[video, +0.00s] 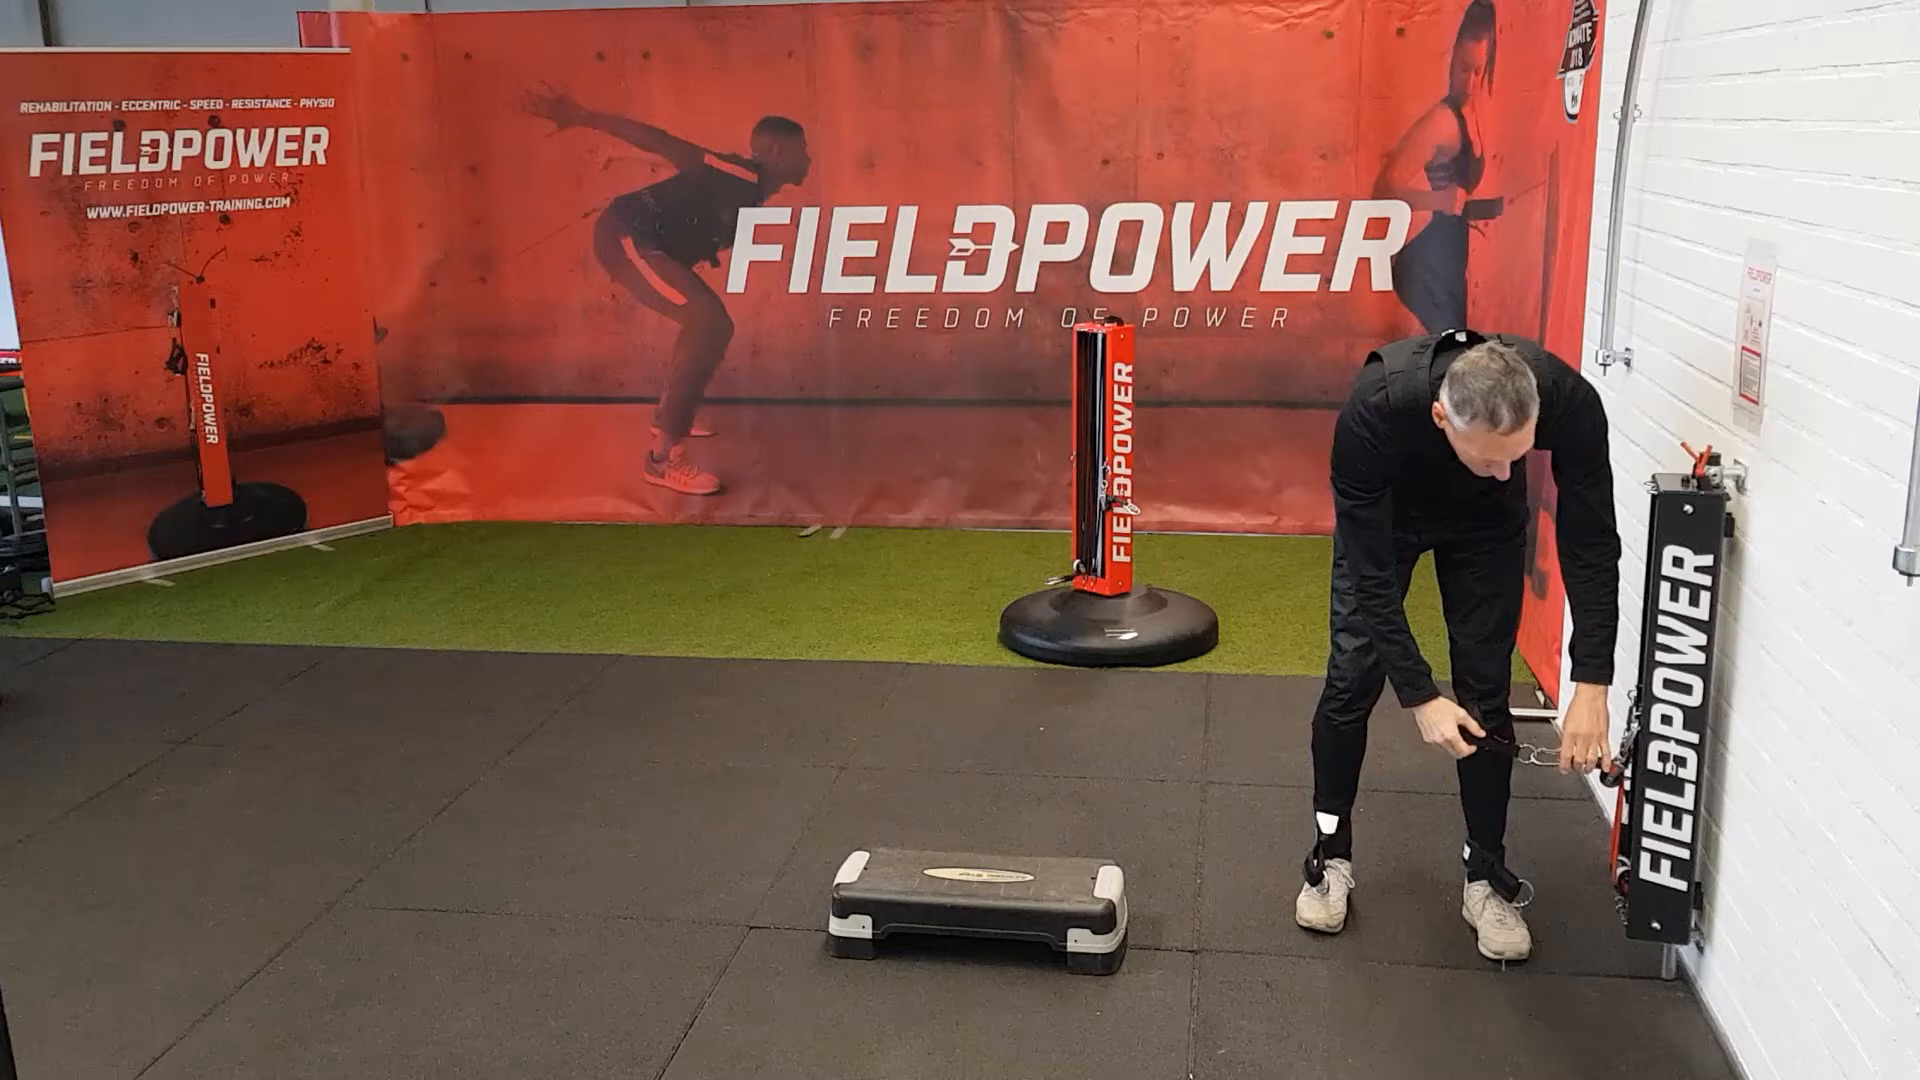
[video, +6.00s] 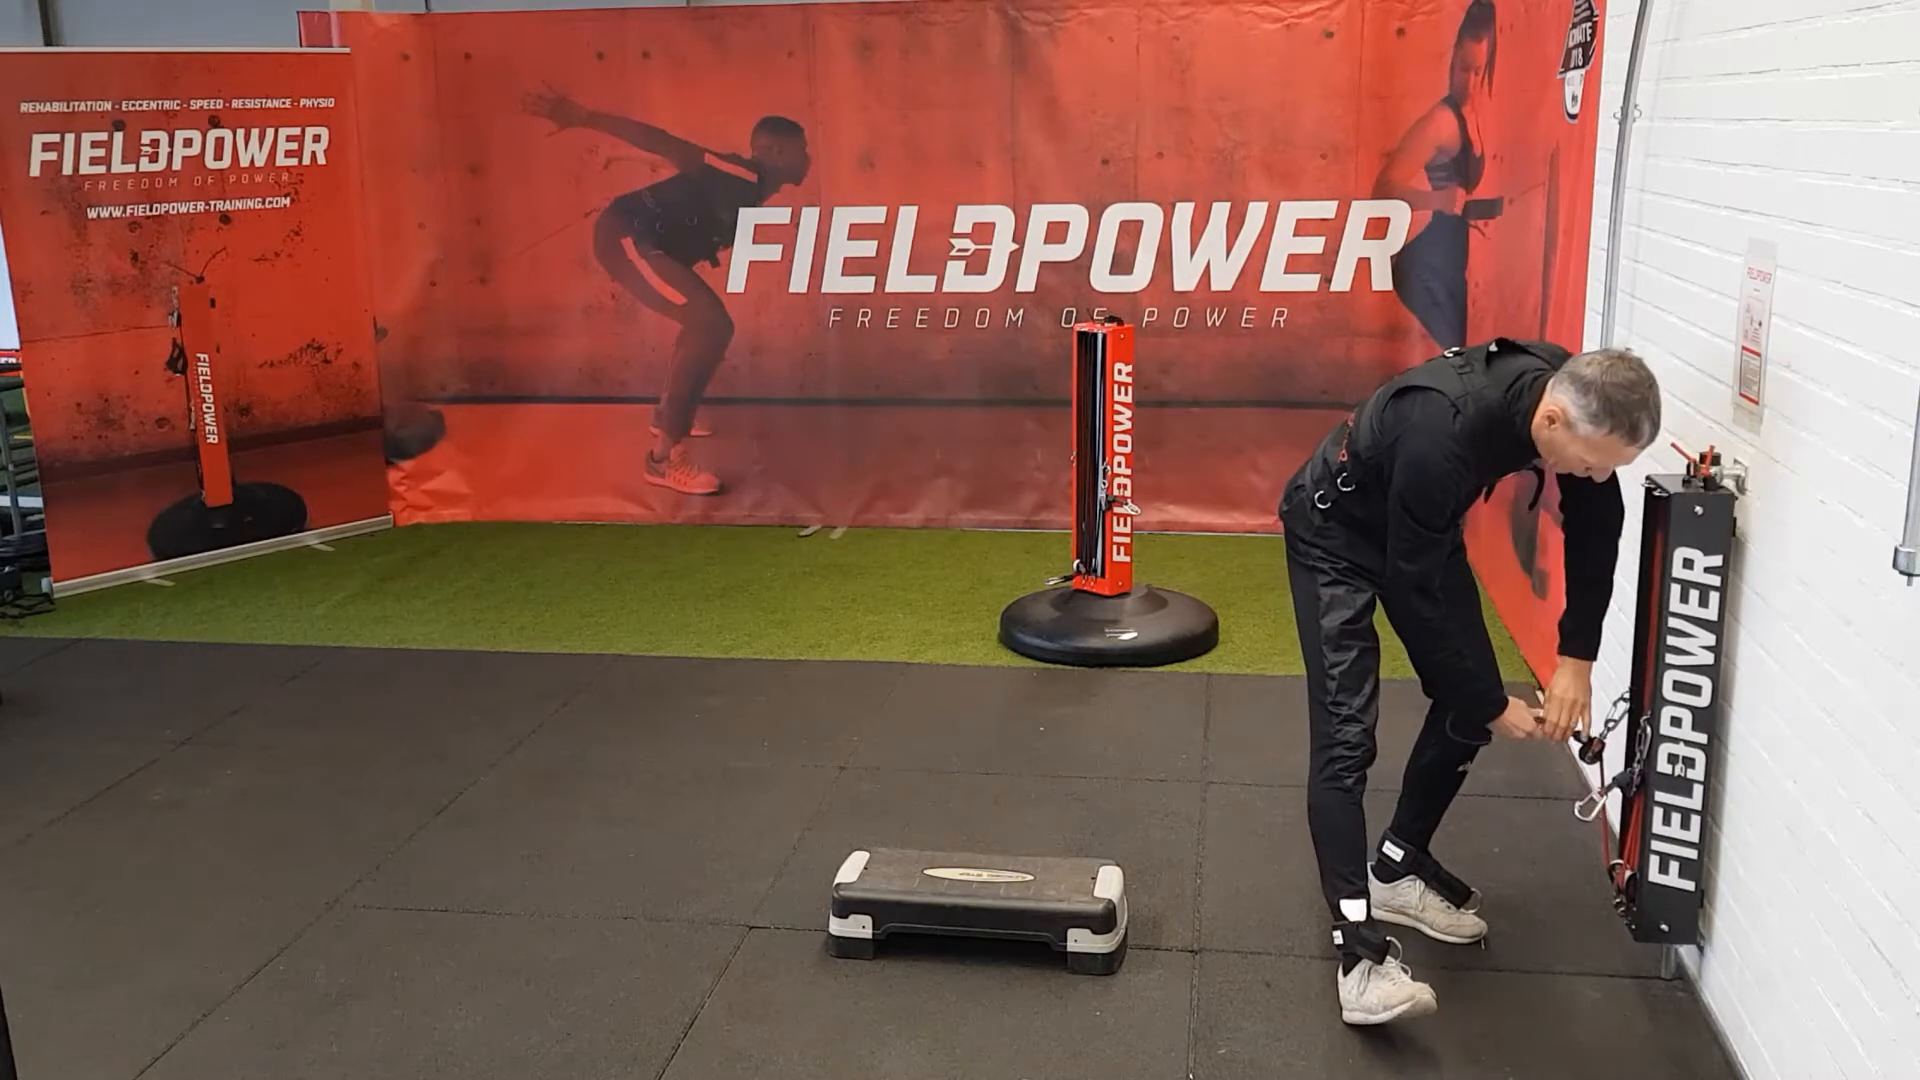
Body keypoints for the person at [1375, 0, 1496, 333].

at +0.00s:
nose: (1472, 81)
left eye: (1480, 72)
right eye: (1465, 70)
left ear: (1489, 73)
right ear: (1450, 68)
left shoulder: (1467, 119)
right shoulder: (1440, 120)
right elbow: (1389, 186)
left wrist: (1471, 210)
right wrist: (1439, 200)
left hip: (1446, 251)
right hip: (1425, 255)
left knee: (1454, 345)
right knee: (1450, 346)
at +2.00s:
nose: (1472, 81)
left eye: (1482, 71)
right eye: (1465, 68)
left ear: (1492, 73)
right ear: (1451, 65)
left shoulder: (1469, 121)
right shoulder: (1440, 120)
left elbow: (1437, 188)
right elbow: (1387, 188)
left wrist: (1470, 211)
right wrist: (1437, 199)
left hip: (1446, 252)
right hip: (1426, 256)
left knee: (1452, 357)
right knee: (1446, 357)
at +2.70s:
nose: (1471, 81)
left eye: (1480, 71)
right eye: (1464, 69)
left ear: (1489, 70)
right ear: (1450, 66)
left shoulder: (1473, 115)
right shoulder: (1440, 121)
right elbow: (1385, 189)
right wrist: (1442, 200)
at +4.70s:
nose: (1473, 80)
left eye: (1483, 70)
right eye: (1466, 68)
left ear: (1493, 70)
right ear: (1452, 64)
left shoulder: (1470, 119)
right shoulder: (1442, 120)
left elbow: (1437, 187)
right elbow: (1387, 188)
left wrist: (1469, 212)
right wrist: (1440, 199)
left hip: (1446, 256)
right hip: (1425, 258)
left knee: (1450, 357)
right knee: (1442, 359)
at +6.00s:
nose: (1472, 81)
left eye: (1481, 72)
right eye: (1465, 69)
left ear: (1490, 72)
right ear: (1451, 66)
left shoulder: (1466, 118)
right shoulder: (1441, 121)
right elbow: (1386, 188)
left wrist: (1467, 211)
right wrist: (1440, 200)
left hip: (1446, 257)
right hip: (1424, 260)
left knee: (1454, 354)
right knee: (1451, 354)